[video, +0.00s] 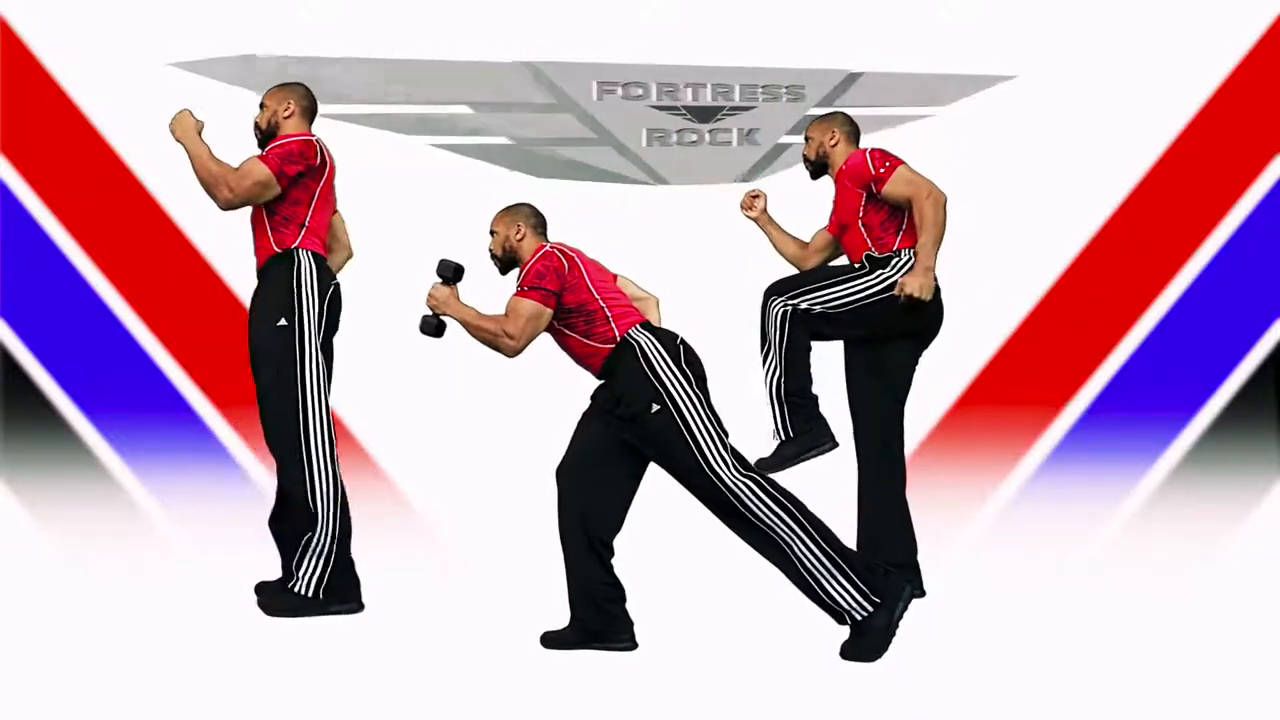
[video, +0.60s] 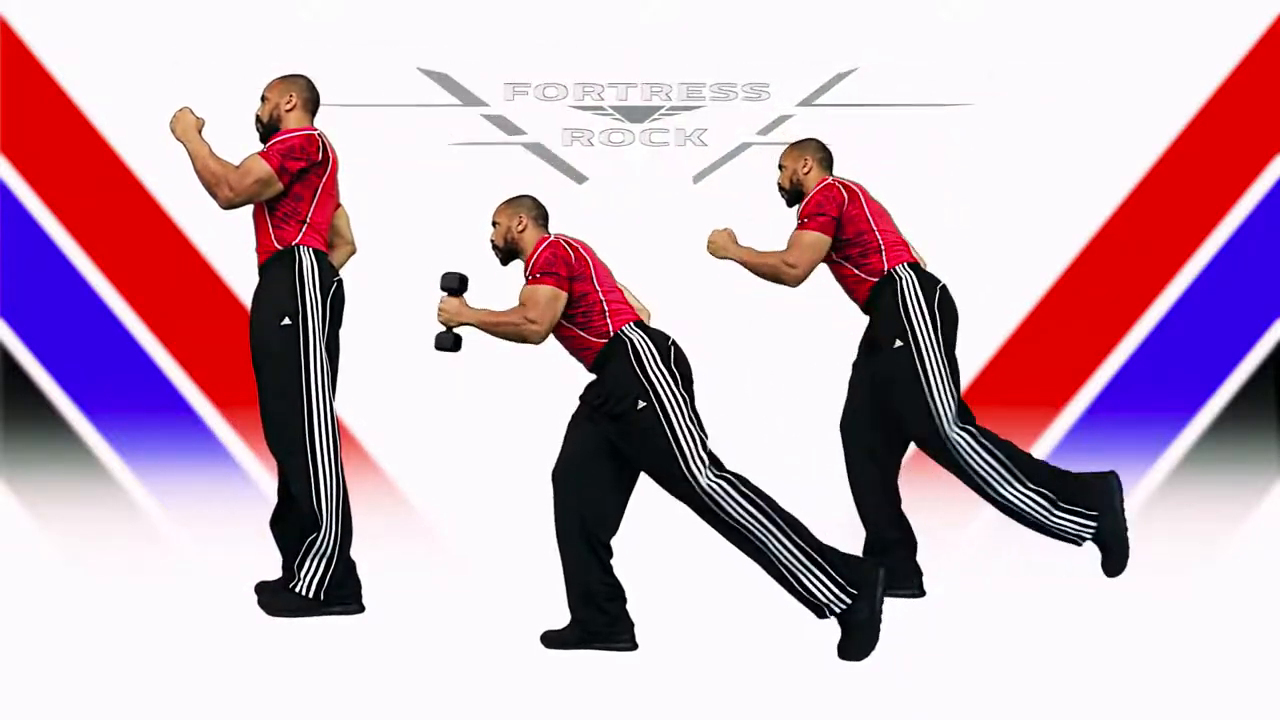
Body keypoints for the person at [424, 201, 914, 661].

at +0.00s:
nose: (489, 245)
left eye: (495, 234)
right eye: (490, 236)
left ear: (522, 230)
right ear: (530, 234)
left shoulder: (546, 262)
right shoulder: (565, 264)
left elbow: (509, 338)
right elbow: (644, 301)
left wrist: (453, 307)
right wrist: (655, 371)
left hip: (649, 362)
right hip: (626, 379)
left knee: (730, 485)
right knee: (580, 486)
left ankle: (868, 600)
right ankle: (601, 623)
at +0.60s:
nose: (492, 236)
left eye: (498, 226)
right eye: (492, 229)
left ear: (524, 222)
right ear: (527, 229)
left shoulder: (551, 251)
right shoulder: (566, 258)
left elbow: (534, 323)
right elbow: (637, 310)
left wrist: (466, 315)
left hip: (639, 359)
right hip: (612, 378)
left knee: (703, 483)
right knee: (576, 487)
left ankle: (848, 590)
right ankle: (601, 621)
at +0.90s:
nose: (517, 201)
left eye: (523, 191)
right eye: (519, 193)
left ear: (547, 189)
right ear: (548, 191)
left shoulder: (575, 215)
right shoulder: (565, 245)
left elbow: (621, 263)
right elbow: (572, 325)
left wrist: (579, 327)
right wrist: (506, 325)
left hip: (617, 335)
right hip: (618, 352)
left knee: (514, 406)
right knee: (592, 484)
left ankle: (554, 541)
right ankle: (603, 620)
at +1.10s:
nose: (530, 187)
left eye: (535, 177)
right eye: (530, 179)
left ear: (561, 175)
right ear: (561, 177)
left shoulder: (589, 206)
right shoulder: (570, 238)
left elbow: (648, 252)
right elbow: (532, 297)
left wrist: (636, 322)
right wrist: (486, 265)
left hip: (598, 324)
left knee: (487, 331)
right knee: (582, 484)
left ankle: (487, 458)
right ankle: (604, 618)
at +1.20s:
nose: (532, 188)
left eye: (538, 178)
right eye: (533, 180)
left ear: (563, 177)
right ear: (563, 179)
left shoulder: (591, 206)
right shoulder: (573, 238)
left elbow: (649, 256)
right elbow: (533, 296)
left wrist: (638, 328)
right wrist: (486, 261)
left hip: (599, 324)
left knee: (484, 335)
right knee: (579, 484)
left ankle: (486, 465)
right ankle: (603, 618)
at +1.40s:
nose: (535, 188)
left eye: (540, 178)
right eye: (536, 180)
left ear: (566, 176)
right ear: (566, 179)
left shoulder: (591, 205)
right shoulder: (572, 235)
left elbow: (647, 253)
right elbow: (540, 299)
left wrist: (634, 325)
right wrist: (493, 266)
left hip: (598, 325)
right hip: (601, 344)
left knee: (483, 333)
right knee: (579, 484)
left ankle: (478, 466)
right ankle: (603, 618)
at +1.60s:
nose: (532, 187)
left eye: (538, 177)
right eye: (533, 179)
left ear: (564, 176)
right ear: (564, 177)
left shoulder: (589, 205)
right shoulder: (571, 236)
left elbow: (638, 255)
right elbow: (550, 306)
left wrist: (616, 323)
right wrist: (494, 281)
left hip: (595, 333)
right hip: (614, 352)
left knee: (487, 357)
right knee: (581, 484)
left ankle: (494, 489)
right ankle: (602, 619)